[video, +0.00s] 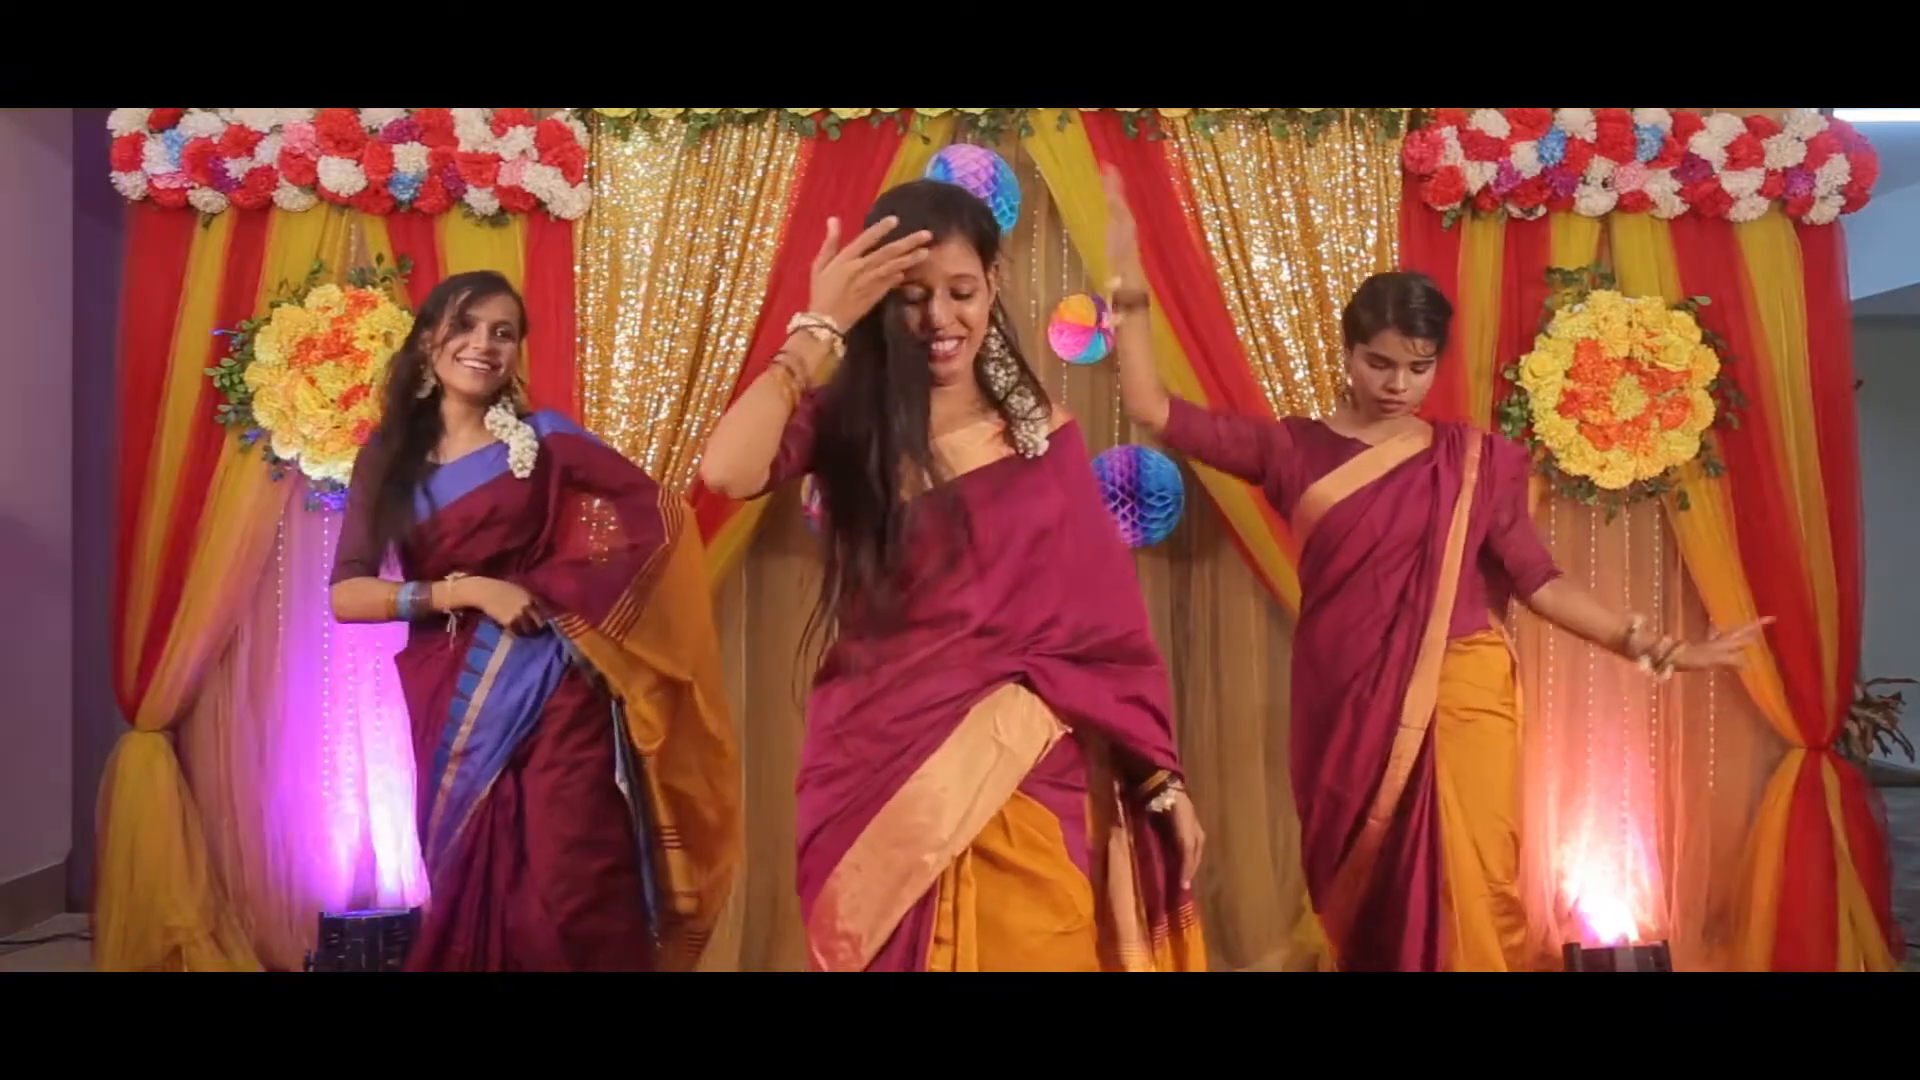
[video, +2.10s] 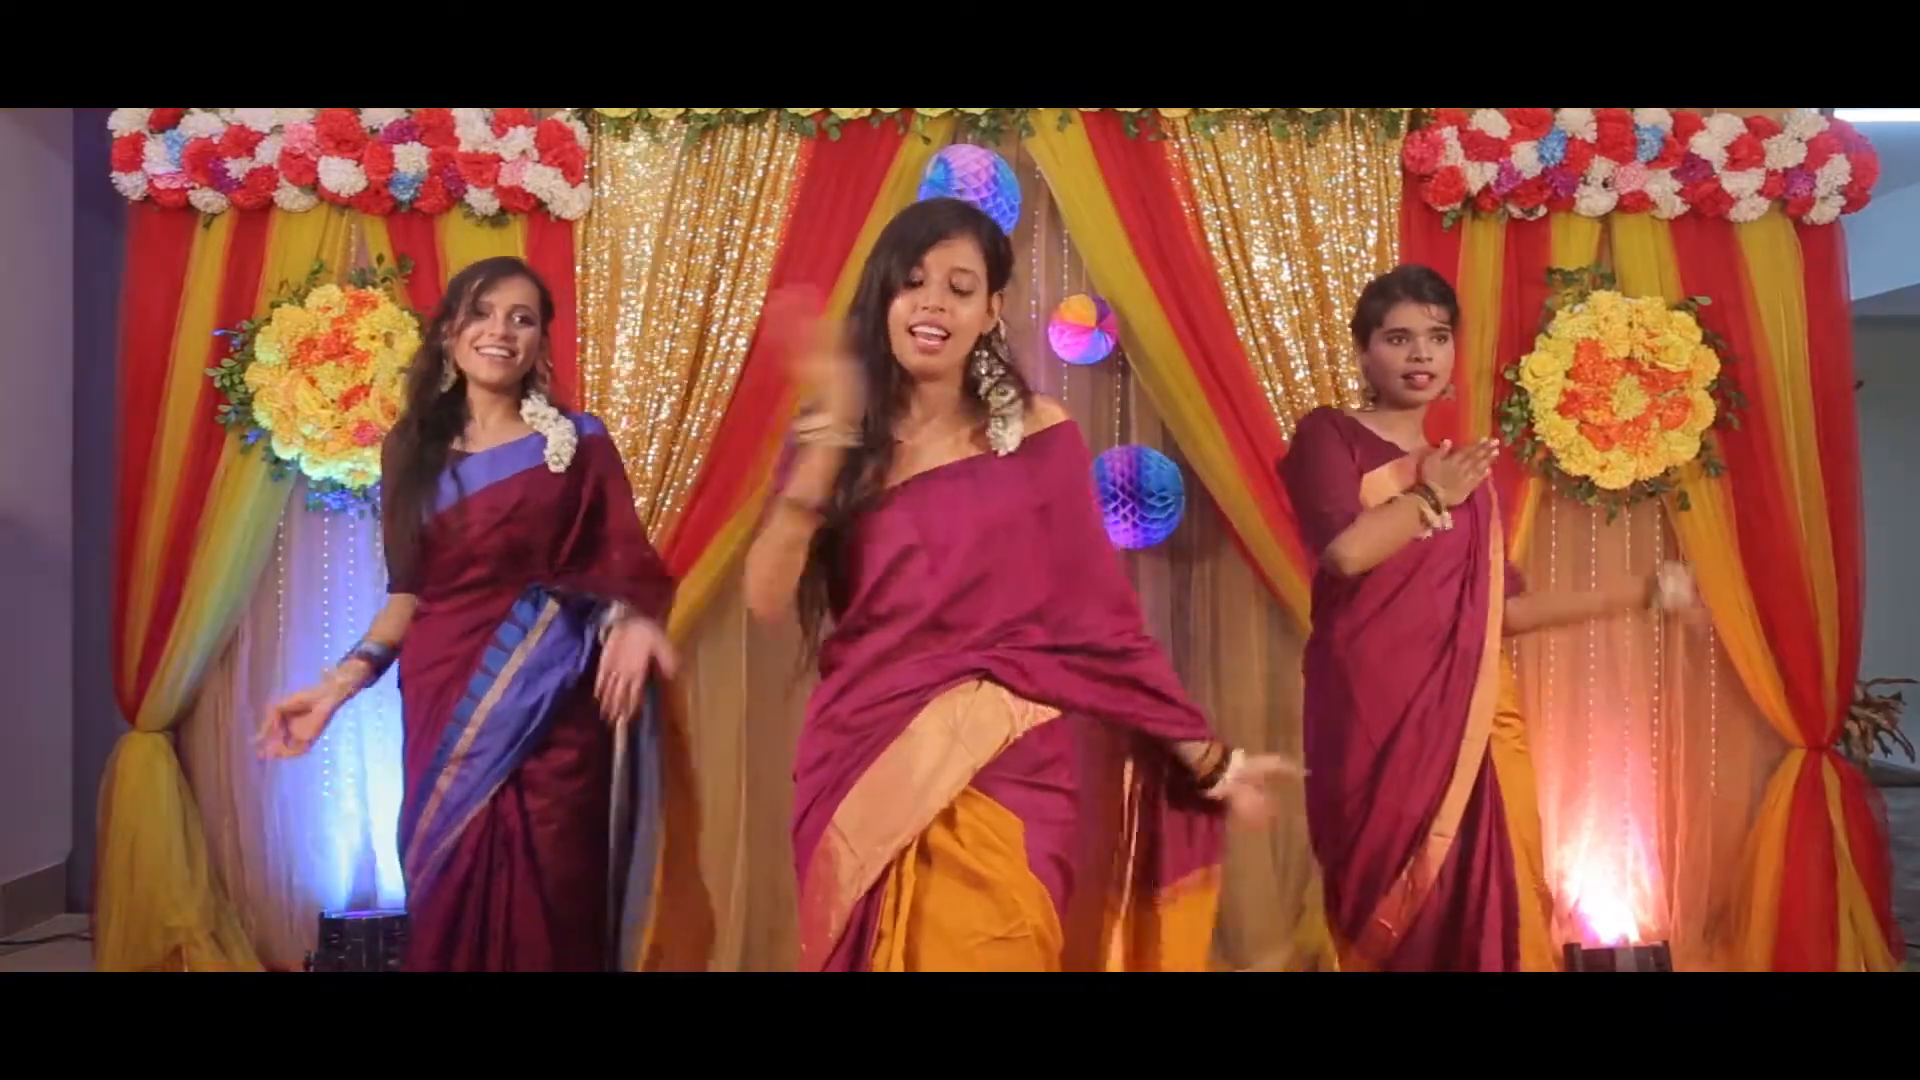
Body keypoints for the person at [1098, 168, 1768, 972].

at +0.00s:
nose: (1398, 385)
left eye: (1417, 367)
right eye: (1380, 363)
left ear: (1439, 364)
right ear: (1345, 354)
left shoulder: (1476, 459)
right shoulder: (1292, 447)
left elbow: (1541, 583)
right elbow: (1153, 411)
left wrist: (1641, 642)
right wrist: (1127, 316)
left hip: (1466, 691)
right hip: (1350, 702)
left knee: (1471, 895)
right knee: (1362, 902)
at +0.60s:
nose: (1406, 385)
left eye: (1424, 367)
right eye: (1387, 364)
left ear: (1443, 366)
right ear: (1350, 363)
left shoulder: (1475, 457)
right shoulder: (1304, 466)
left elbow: (1566, 546)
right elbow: (1171, 499)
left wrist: (1555, 637)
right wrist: (1221, 392)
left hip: (1469, 698)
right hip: (1350, 706)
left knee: (1469, 896)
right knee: (1352, 905)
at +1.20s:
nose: (1411, 356)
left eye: (1430, 340)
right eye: (1392, 336)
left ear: (1451, 346)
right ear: (1360, 337)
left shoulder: (1493, 440)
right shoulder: (1321, 447)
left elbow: (1564, 542)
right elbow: (1243, 541)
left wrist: (1561, 630)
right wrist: (1280, 426)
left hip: (1480, 693)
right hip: (1363, 702)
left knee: (1488, 901)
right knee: (1366, 910)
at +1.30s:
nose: (1411, 352)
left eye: (1430, 335)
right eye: (1392, 332)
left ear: (1451, 343)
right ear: (1361, 336)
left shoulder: (1492, 440)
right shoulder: (1315, 444)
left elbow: (1564, 550)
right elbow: (1257, 580)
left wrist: (1569, 639)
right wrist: (1284, 520)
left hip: (1483, 691)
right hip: (1364, 700)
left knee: (1492, 904)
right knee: (1370, 907)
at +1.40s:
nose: (1412, 357)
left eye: (1431, 341)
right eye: (1394, 338)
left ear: (1451, 350)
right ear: (1360, 344)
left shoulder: (1497, 447)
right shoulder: (1312, 465)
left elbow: (1545, 580)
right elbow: (1289, 615)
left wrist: (1578, 678)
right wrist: (1331, 614)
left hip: (1480, 705)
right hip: (1365, 717)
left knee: (1488, 913)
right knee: (1370, 919)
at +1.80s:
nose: (1417, 342)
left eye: (1436, 327)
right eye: (1398, 323)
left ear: (1452, 342)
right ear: (1361, 333)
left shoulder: (1485, 449)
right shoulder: (1317, 445)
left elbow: (1515, 597)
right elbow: (1307, 575)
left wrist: (1589, 706)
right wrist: (1341, 518)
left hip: (1491, 694)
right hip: (1379, 702)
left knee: (1513, 900)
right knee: (1390, 904)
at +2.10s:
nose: (1420, 354)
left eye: (1435, 337)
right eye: (1398, 337)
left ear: (1455, 353)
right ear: (1361, 352)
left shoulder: (1461, 465)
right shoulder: (1328, 434)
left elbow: (1502, 609)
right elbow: (1344, 552)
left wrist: (1639, 594)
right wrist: (1431, 496)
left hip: (1472, 711)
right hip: (1371, 713)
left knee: (1498, 905)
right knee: (1387, 913)